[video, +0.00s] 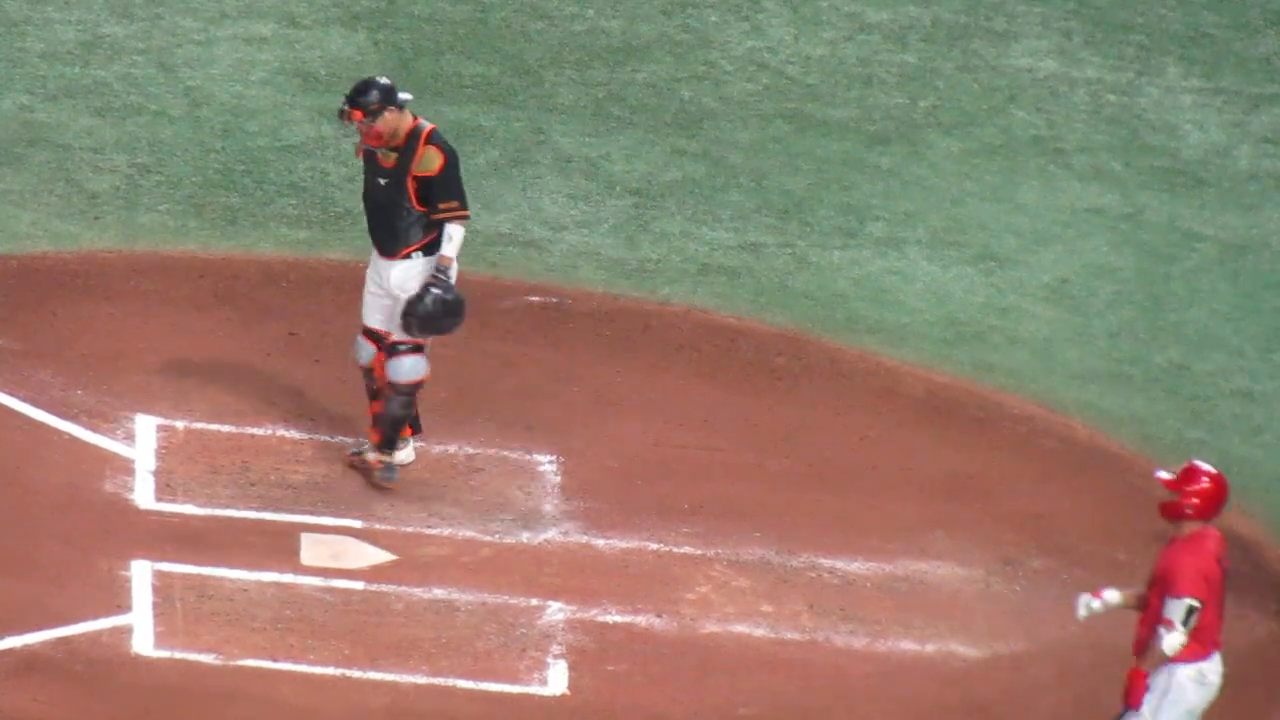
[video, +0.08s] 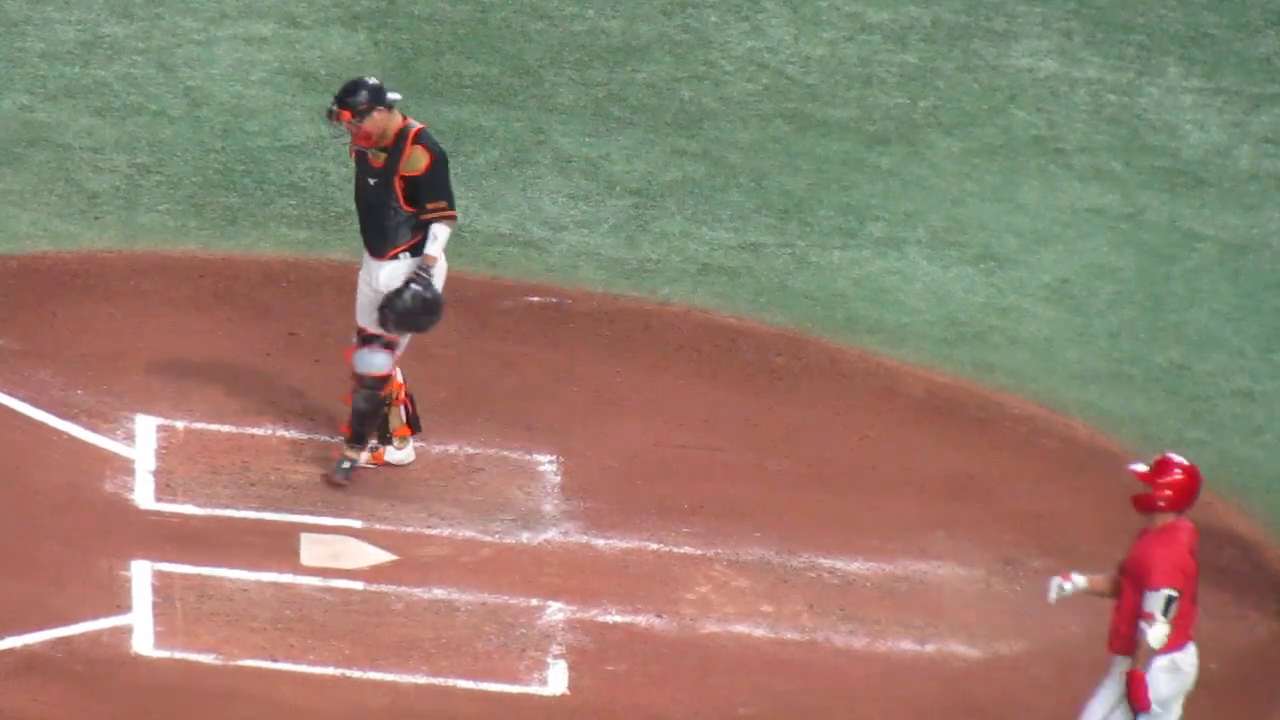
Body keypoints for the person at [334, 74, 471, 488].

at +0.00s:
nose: (364, 131)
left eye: (369, 122)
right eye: (360, 123)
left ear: (390, 113)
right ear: (369, 119)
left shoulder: (431, 149)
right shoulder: (376, 138)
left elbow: (455, 218)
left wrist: (442, 273)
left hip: (419, 265)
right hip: (382, 260)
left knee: (405, 358)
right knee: (370, 351)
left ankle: (394, 446)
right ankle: (392, 437)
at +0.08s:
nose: (353, 131)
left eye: (358, 122)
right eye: (350, 124)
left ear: (379, 112)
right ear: (359, 120)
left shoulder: (421, 149)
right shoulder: (365, 140)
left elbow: (443, 217)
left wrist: (425, 269)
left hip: (408, 265)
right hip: (373, 262)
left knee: (375, 360)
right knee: (368, 356)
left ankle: (355, 450)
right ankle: (399, 439)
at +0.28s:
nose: (326, 134)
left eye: (328, 123)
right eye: (322, 125)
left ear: (350, 115)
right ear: (344, 117)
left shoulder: (387, 154)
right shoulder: (353, 147)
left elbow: (400, 227)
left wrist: (382, 281)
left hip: (377, 270)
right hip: (356, 269)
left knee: (319, 354)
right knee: (362, 357)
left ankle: (302, 456)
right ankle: (397, 442)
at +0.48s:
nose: (279, 147)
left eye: (280, 137)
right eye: (275, 139)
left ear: (302, 127)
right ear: (304, 127)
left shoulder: (328, 167)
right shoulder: (344, 146)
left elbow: (337, 239)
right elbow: (375, 209)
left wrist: (336, 304)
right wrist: (356, 256)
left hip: (337, 282)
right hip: (357, 277)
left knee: (284, 371)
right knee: (351, 365)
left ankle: (257, 472)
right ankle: (396, 439)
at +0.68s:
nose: (228, 158)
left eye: (227, 147)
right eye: (224, 150)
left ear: (244, 135)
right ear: (255, 130)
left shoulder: (273, 173)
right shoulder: (300, 146)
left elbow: (286, 246)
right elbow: (341, 204)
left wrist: (282, 305)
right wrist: (338, 252)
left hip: (311, 282)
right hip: (335, 271)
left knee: (251, 370)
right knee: (318, 362)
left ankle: (249, 472)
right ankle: (378, 429)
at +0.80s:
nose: (212, 157)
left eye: (209, 148)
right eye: (207, 151)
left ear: (224, 135)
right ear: (235, 128)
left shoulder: (250, 171)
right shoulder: (286, 140)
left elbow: (263, 245)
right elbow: (328, 195)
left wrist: (245, 303)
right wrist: (329, 246)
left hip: (293, 279)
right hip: (325, 268)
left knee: (248, 365)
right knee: (303, 359)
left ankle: (248, 471)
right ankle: (342, 446)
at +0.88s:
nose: (203, 157)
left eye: (201, 147)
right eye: (198, 150)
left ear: (218, 133)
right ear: (229, 126)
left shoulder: (243, 166)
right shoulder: (281, 139)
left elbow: (250, 241)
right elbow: (321, 193)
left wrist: (227, 296)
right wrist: (324, 243)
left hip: (285, 277)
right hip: (319, 266)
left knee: (246, 370)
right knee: (293, 365)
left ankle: (246, 472)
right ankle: (310, 457)